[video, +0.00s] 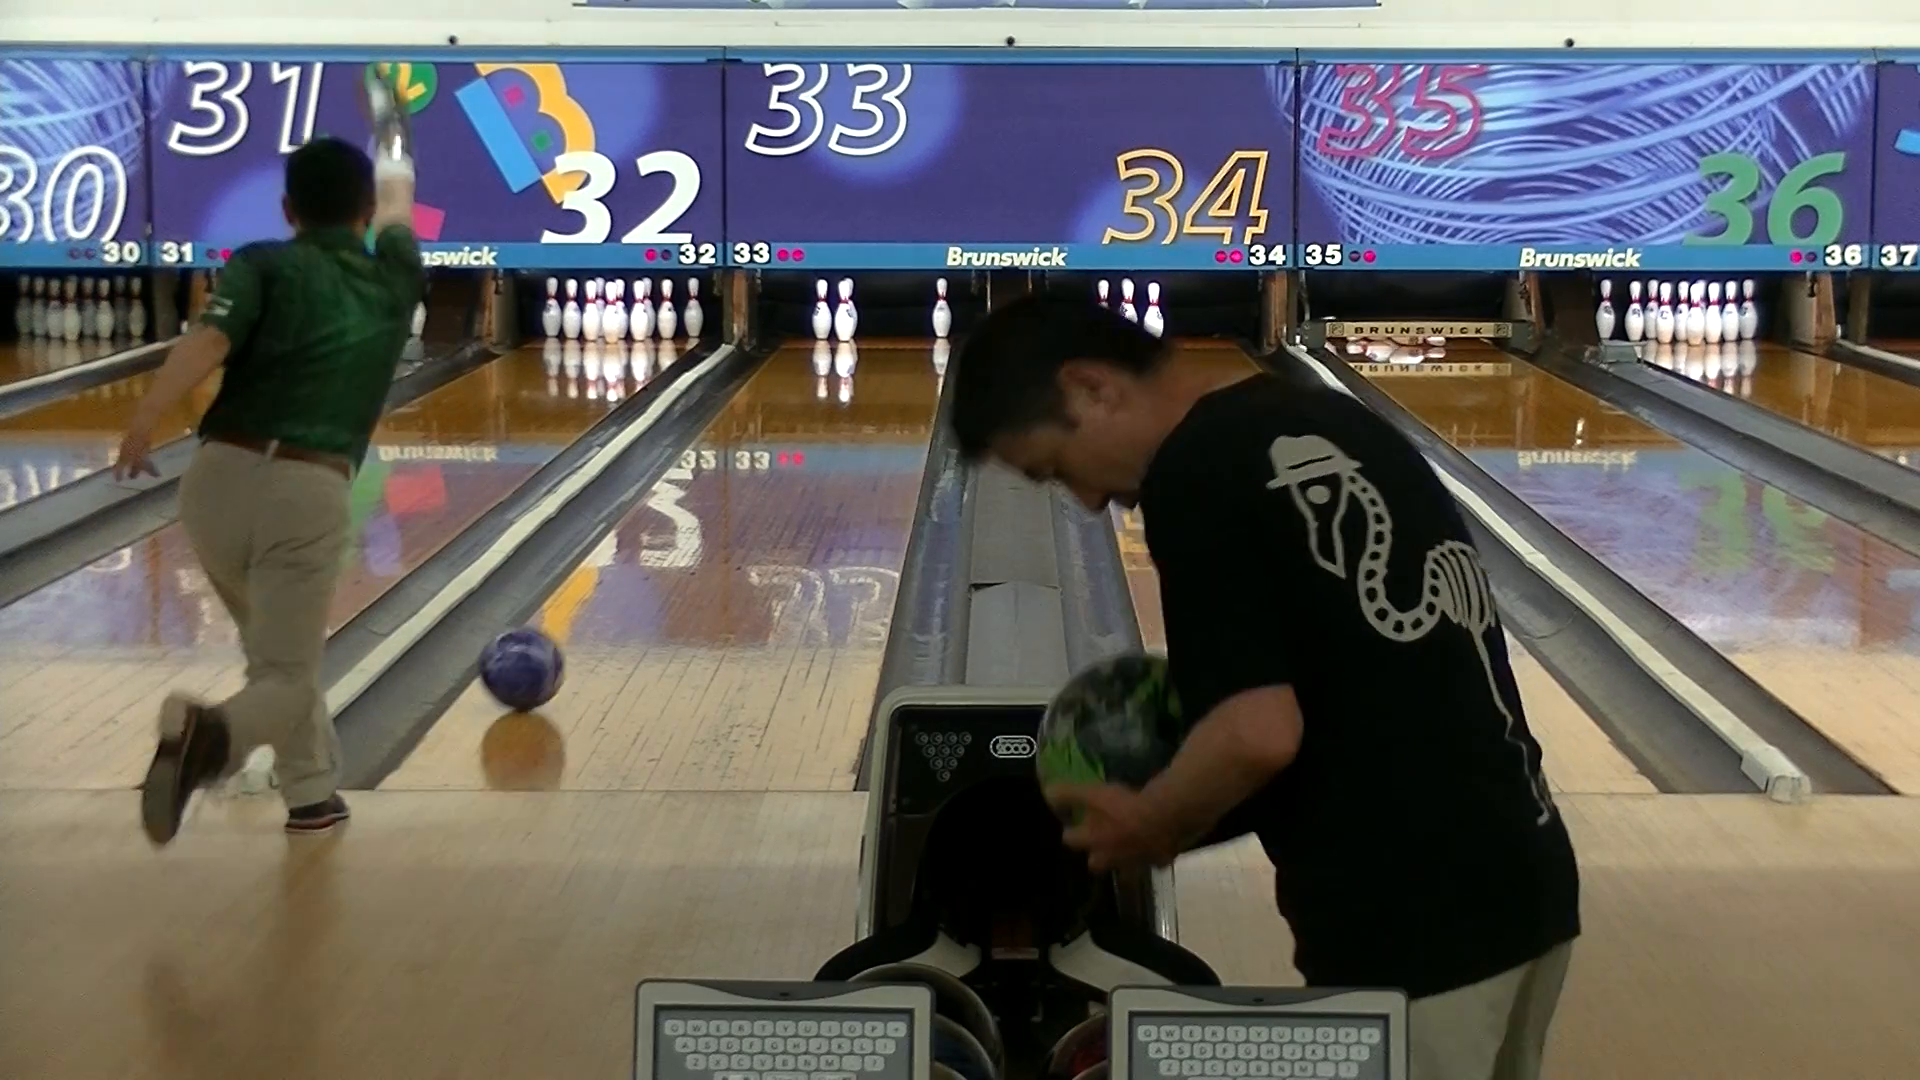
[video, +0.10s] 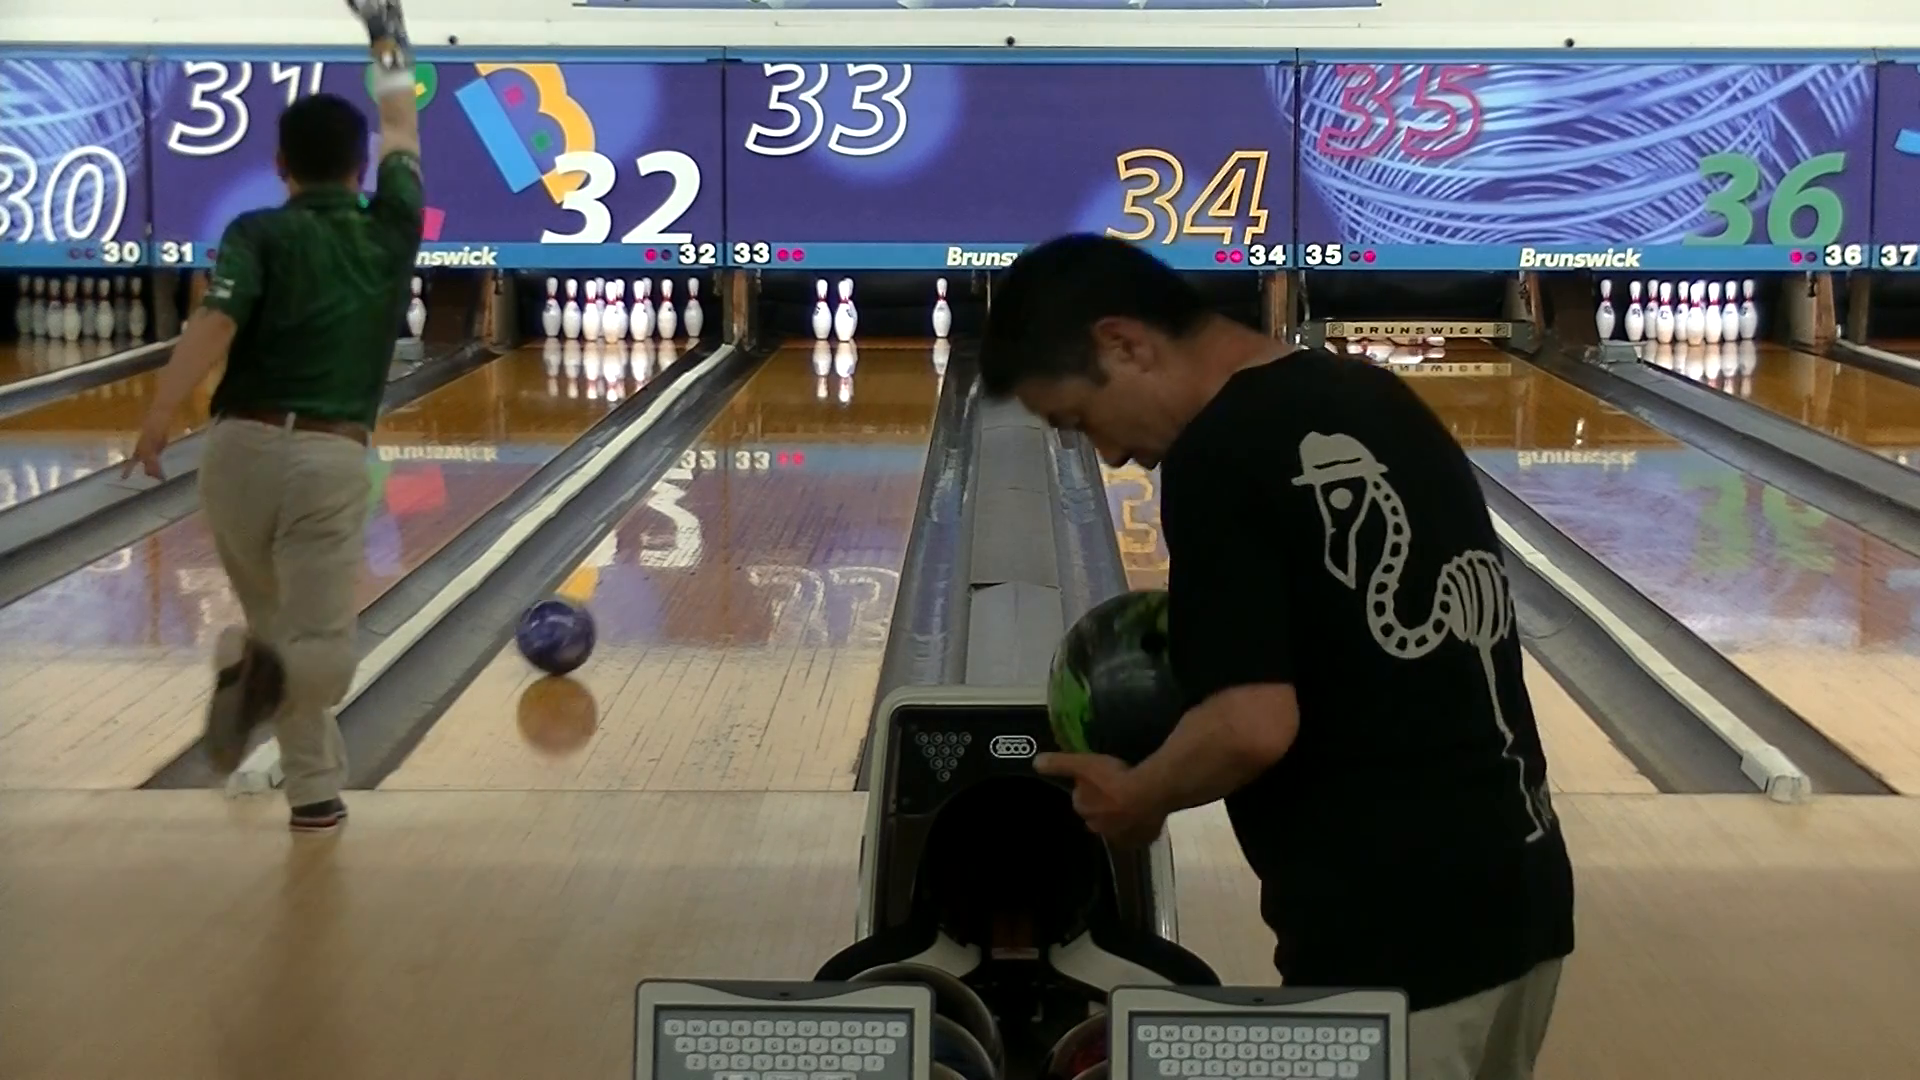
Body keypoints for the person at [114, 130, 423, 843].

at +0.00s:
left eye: (291, 195)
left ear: (290, 205)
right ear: (368, 210)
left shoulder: (260, 266)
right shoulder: (392, 278)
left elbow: (205, 346)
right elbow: (394, 205)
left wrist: (142, 422)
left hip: (217, 476)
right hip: (311, 489)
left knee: (275, 650)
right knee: (289, 673)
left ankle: (311, 796)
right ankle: (212, 739)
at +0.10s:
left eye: (288, 155)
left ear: (284, 164)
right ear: (359, 164)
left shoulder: (257, 235)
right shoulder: (389, 231)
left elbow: (212, 326)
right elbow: (399, 132)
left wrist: (160, 412)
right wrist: (391, 49)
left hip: (240, 449)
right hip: (335, 459)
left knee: (275, 631)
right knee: (330, 644)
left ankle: (314, 798)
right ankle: (260, 675)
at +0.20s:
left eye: (280, 126)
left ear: (283, 136)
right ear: (361, 137)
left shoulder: (256, 211)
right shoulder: (389, 203)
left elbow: (216, 313)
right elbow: (402, 95)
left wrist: (163, 409)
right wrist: (392, 9)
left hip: (252, 429)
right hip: (348, 434)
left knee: (279, 627)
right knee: (362, 638)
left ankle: (316, 796)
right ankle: (327, 628)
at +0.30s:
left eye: (295, 105)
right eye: (349, 105)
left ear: (285, 118)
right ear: (363, 116)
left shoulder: (260, 197)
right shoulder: (391, 184)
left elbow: (215, 309)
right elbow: (407, 58)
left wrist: (160, 409)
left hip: (264, 411)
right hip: (358, 412)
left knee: (283, 628)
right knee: (364, 616)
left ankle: (316, 795)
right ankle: (350, 602)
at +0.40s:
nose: (297, 101)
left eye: (291, 92)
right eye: (343, 91)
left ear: (286, 104)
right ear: (367, 104)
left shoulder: (264, 190)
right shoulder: (396, 172)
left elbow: (216, 308)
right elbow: (415, 57)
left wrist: (157, 409)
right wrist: (409, 1)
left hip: (274, 406)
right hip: (369, 406)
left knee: (287, 620)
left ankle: (316, 794)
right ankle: (366, 602)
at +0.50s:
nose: (303, 96)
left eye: (292, 86)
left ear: (289, 98)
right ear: (369, 99)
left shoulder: (267, 189)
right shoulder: (402, 171)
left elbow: (218, 310)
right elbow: (433, 52)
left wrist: (158, 405)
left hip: (281, 403)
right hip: (377, 403)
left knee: (290, 619)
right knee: (388, 581)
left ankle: (315, 795)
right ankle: (376, 633)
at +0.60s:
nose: (289, 93)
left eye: (288, 84)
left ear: (294, 96)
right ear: (376, 95)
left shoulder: (267, 190)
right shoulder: (411, 174)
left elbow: (219, 312)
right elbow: (462, 86)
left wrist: (167, 404)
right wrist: (455, 22)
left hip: (287, 406)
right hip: (385, 406)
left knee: (293, 617)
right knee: (398, 584)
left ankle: (313, 797)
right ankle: (385, 692)